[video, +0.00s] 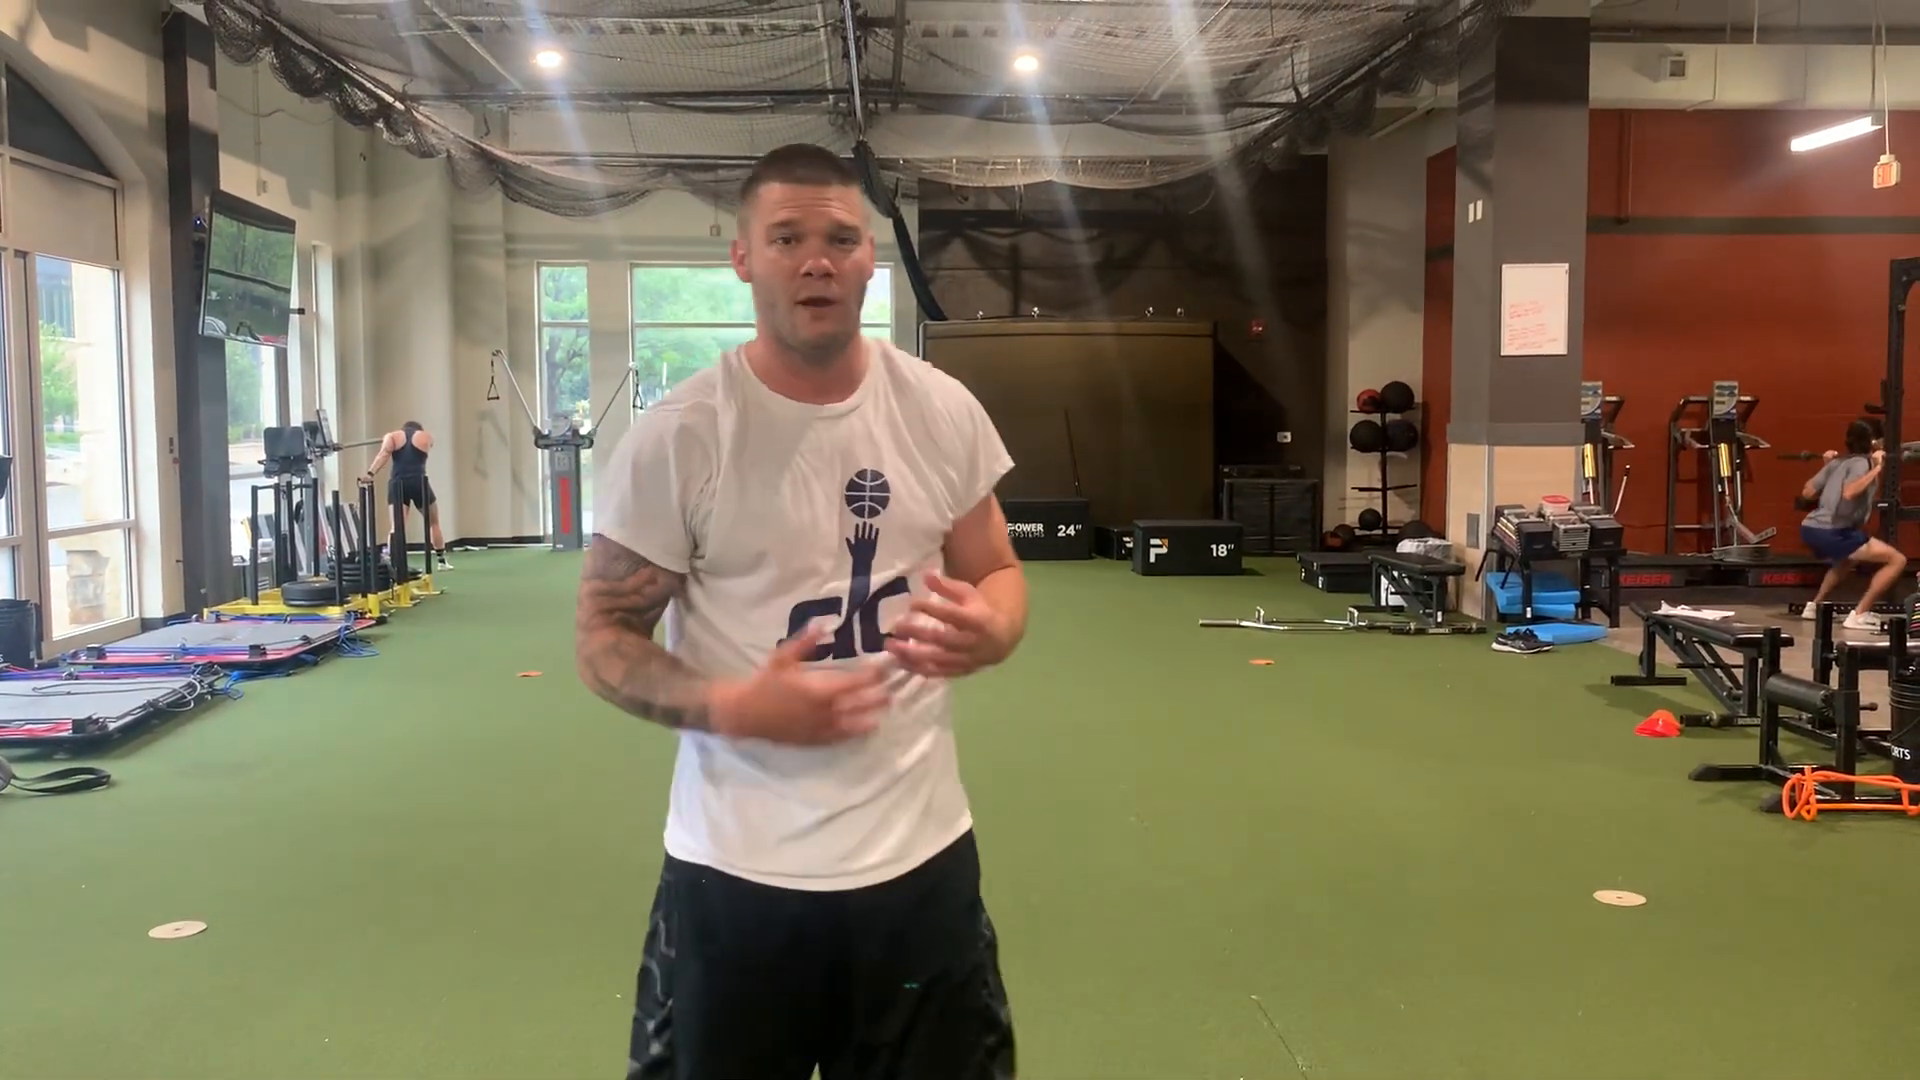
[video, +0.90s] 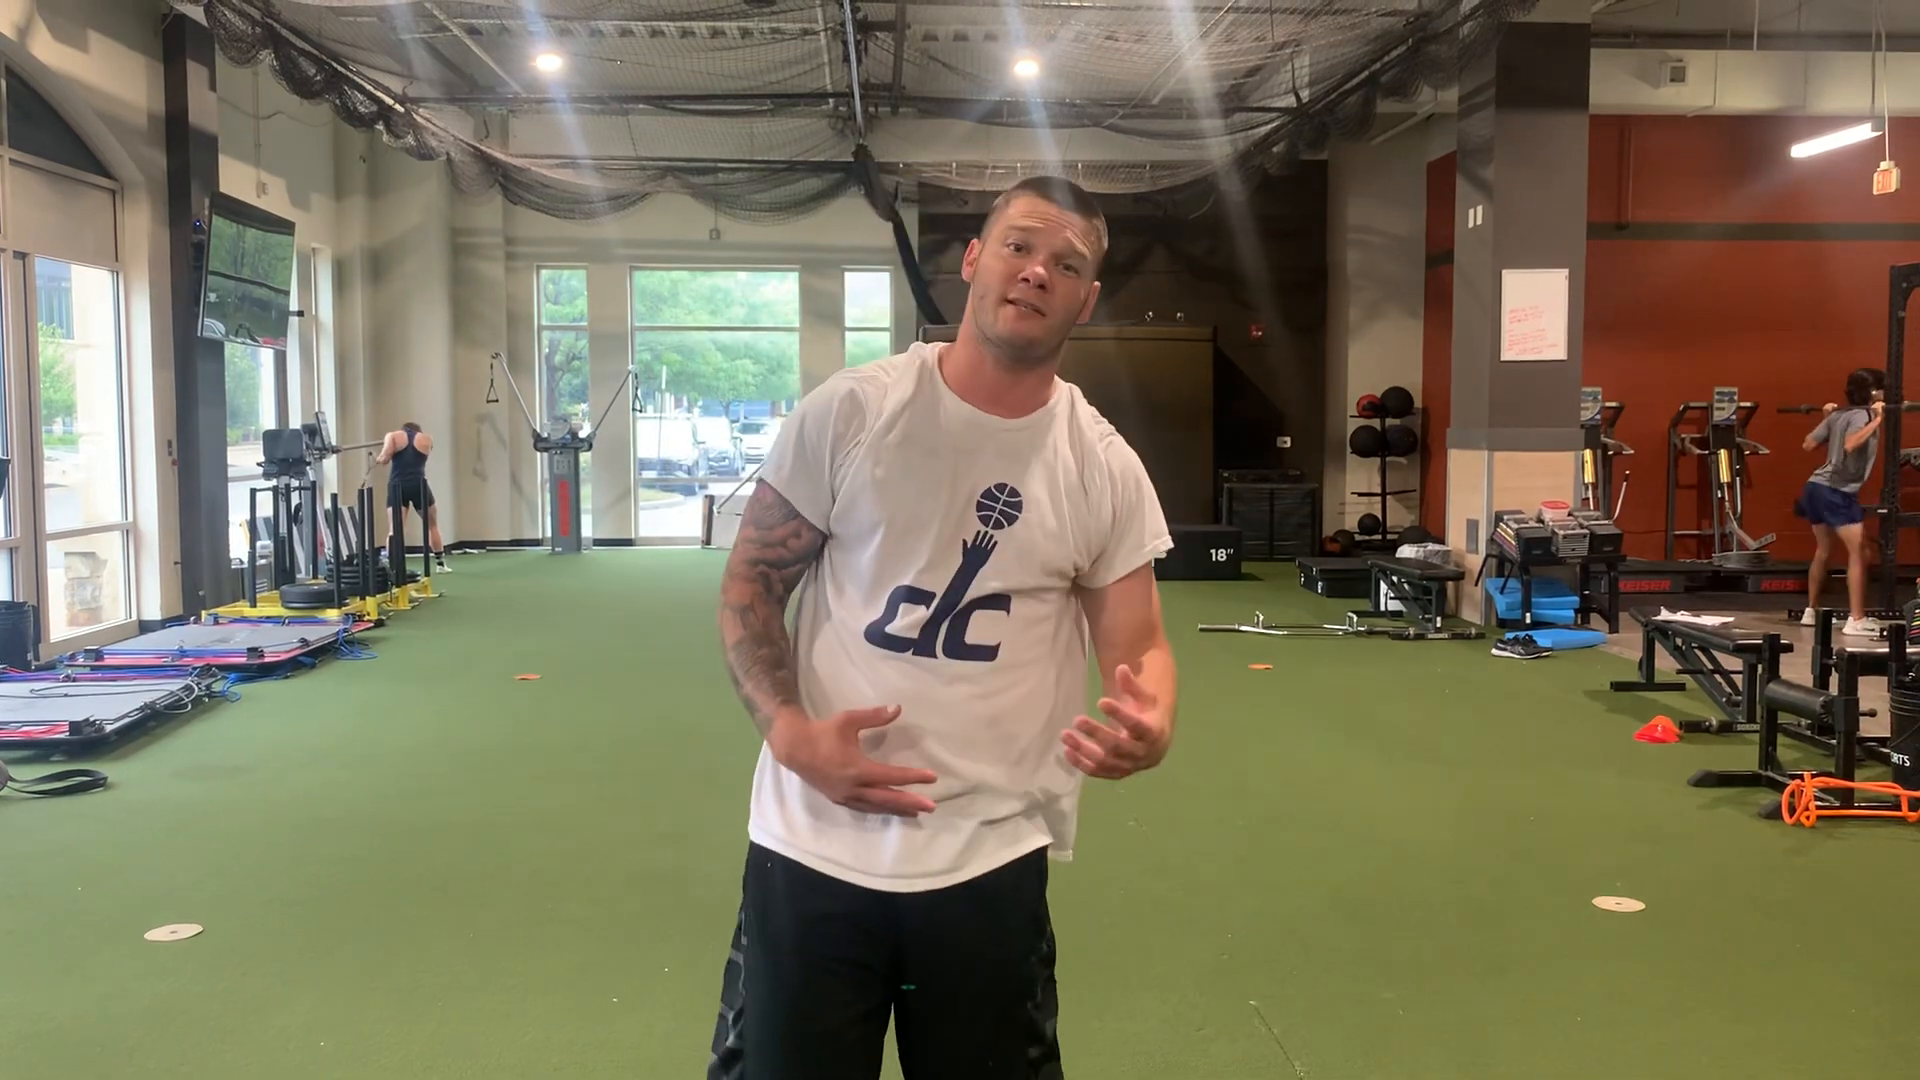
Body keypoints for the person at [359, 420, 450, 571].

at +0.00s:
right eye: (421, 430)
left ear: (403, 428)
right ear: (419, 429)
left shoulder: (392, 436)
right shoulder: (426, 436)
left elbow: (384, 455)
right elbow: (429, 445)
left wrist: (370, 473)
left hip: (397, 484)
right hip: (418, 483)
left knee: (396, 525)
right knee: (433, 522)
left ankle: (390, 559)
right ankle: (442, 560)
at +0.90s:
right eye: (418, 432)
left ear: (403, 429)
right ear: (418, 431)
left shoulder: (392, 436)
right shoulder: (426, 439)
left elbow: (384, 458)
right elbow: (424, 456)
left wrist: (378, 459)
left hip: (397, 485)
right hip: (419, 484)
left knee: (394, 528)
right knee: (432, 525)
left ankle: (388, 561)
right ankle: (440, 563)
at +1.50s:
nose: (423, 436)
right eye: (423, 433)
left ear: (405, 432)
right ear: (421, 432)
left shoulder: (394, 441)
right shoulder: (429, 443)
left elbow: (386, 464)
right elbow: (424, 465)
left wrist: (375, 480)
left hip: (400, 489)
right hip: (421, 488)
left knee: (397, 532)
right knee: (434, 528)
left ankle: (393, 567)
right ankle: (443, 567)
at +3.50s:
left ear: (408, 434)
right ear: (425, 435)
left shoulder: (399, 450)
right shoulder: (433, 452)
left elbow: (390, 473)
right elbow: (430, 470)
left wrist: (389, 463)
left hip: (405, 497)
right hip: (426, 495)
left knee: (402, 540)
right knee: (440, 536)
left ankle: (398, 573)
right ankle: (449, 574)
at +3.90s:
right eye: (428, 436)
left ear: (413, 437)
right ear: (430, 437)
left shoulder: (404, 453)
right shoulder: (438, 455)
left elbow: (396, 477)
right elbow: (434, 472)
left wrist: (388, 486)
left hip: (410, 499)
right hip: (431, 498)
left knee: (407, 543)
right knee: (445, 538)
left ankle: (403, 577)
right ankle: (454, 576)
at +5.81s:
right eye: (436, 431)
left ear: (421, 431)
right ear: (437, 431)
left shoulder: (412, 442)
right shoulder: (446, 445)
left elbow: (406, 463)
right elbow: (440, 465)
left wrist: (394, 480)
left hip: (416, 490)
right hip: (437, 489)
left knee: (414, 534)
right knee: (451, 530)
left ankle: (411, 570)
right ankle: (460, 567)